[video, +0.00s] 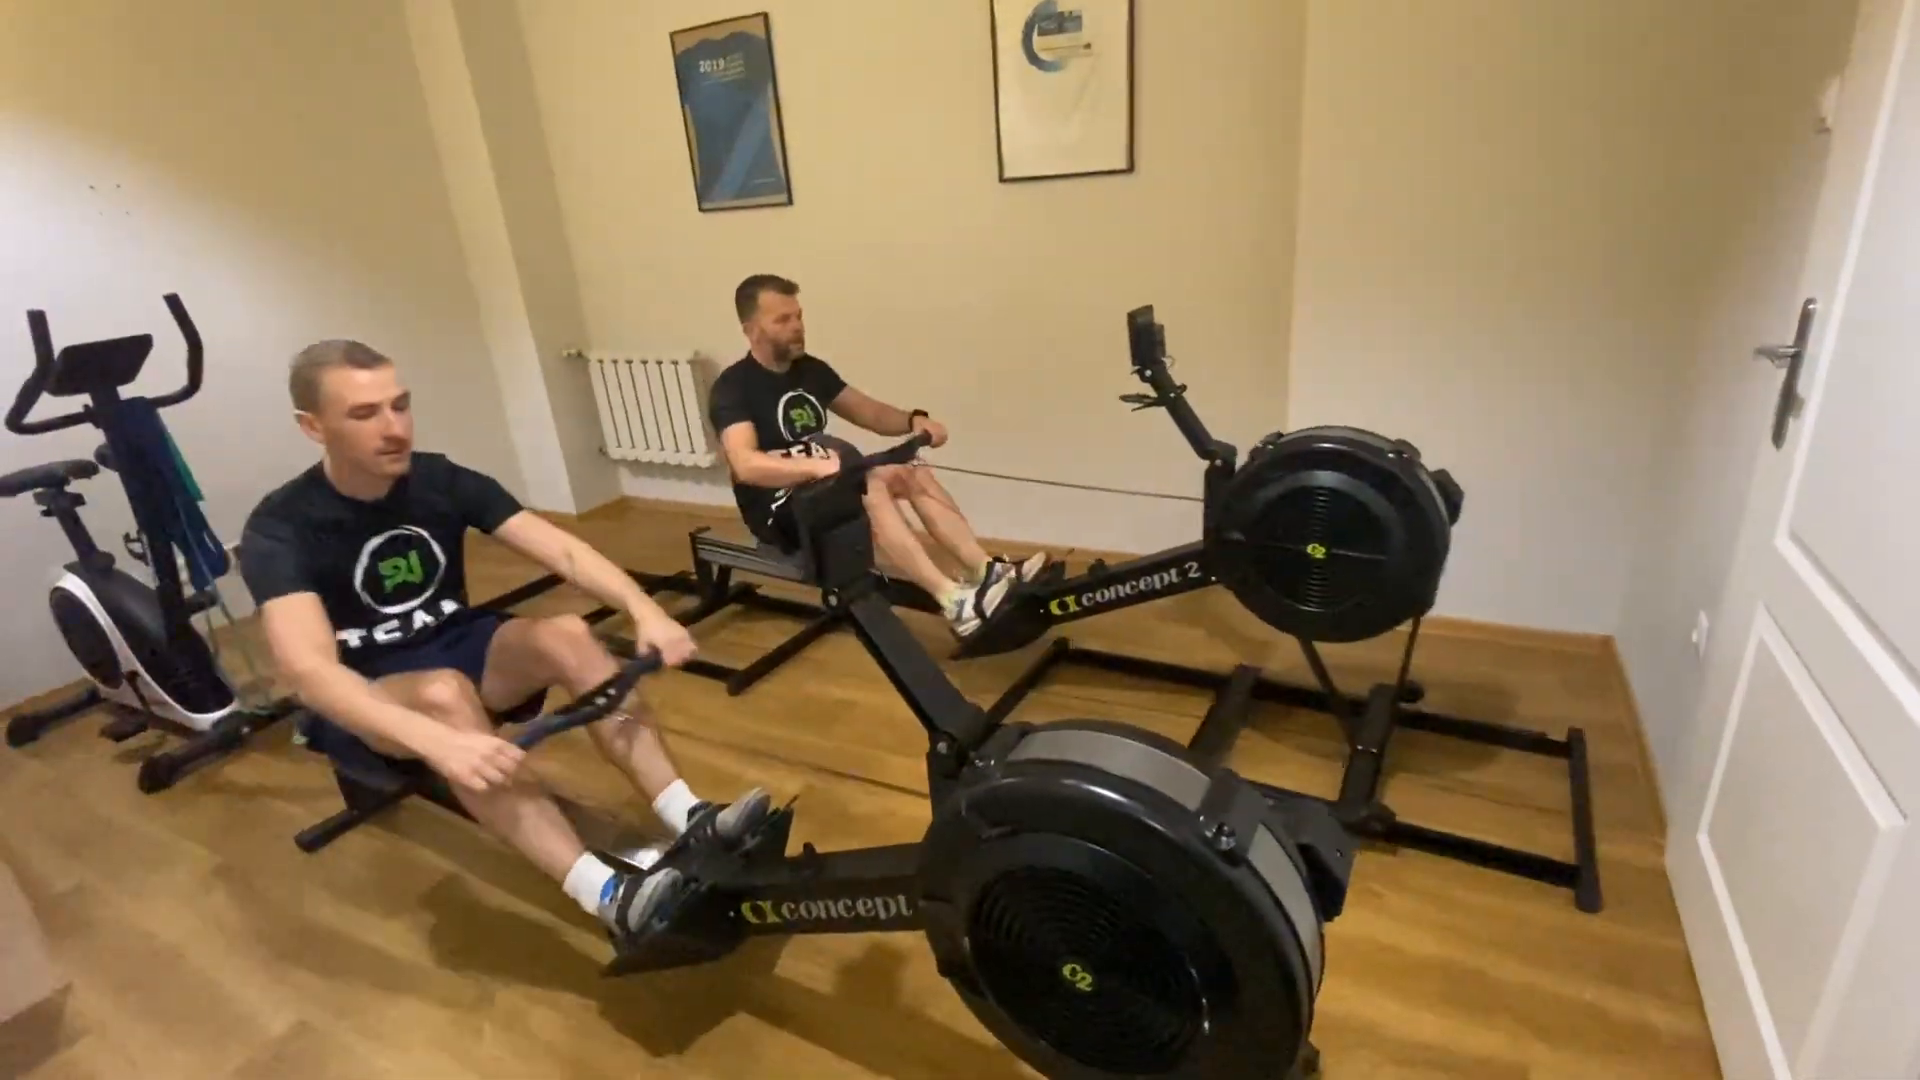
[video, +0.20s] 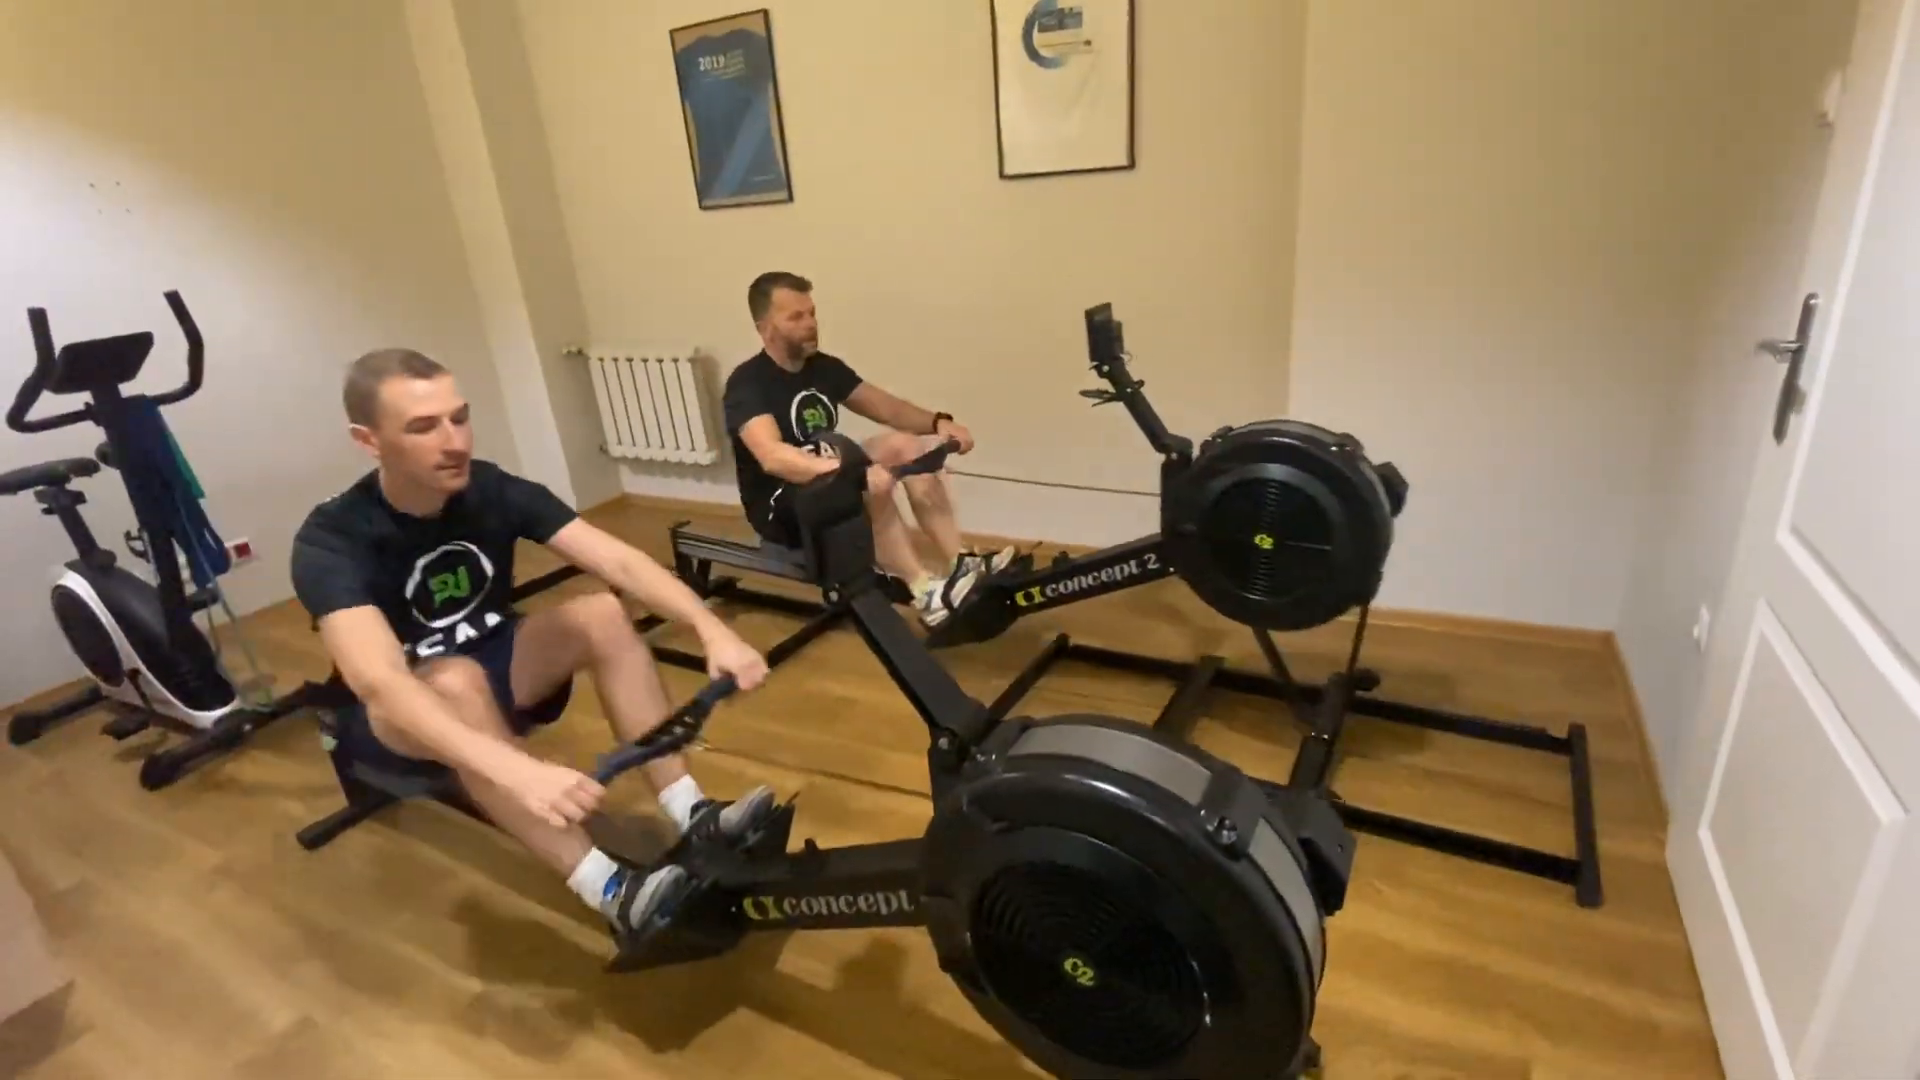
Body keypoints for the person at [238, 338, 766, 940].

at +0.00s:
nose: (394, 427)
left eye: (400, 406)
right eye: (366, 414)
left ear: (409, 402)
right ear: (314, 428)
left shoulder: (439, 481)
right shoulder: (282, 528)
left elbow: (563, 552)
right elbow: (307, 670)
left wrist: (644, 610)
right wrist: (436, 744)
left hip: (457, 649)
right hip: (363, 684)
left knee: (565, 636)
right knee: (445, 697)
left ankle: (691, 821)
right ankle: (610, 896)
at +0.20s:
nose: (454, 442)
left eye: (459, 418)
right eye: (425, 428)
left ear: (469, 412)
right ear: (369, 442)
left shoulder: (490, 490)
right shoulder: (333, 541)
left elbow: (616, 560)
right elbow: (382, 689)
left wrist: (712, 629)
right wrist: (517, 772)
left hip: (489, 666)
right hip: (391, 708)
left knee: (602, 613)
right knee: (456, 678)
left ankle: (693, 818)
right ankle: (612, 890)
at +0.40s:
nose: (518, 453)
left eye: (522, 428)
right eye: (489, 439)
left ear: (530, 422)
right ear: (430, 454)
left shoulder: (552, 501)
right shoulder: (392, 555)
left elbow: (683, 571)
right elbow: (456, 708)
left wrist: (790, 645)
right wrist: (606, 799)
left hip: (527, 689)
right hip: (428, 734)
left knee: (635, 602)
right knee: (478, 669)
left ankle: (689, 803)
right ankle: (617, 888)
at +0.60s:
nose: (564, 461)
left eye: (567, 436)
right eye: (533, 447)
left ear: (576, 433)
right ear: (473, 464)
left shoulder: (598, 513)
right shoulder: (435, 570)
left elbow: (731, 581)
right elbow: (514, 720)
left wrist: (845, 651)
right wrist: (676, 818)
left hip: (553, 715)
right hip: (460, 759)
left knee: (652, 593)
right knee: (494, 673)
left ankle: (693, 800)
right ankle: (616, 882)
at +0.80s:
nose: (583, 466)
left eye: (585, 441)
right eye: (551, 450)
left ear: (594, 437)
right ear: (486, 464)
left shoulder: (607, 517)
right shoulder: (448, 579)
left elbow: (745, 583)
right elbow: (556, 701)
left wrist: (868, 647)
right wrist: (710, 803)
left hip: (573, 740)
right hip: (473, 779)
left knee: (656, 593)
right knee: (513, 683)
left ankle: (692, 825)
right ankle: (616, 883)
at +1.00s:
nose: (490, 431)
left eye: (494, 408)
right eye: (461, 417)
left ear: (503, 404)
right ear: (401, 429)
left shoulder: (524, 488)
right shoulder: (368, 548)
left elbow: (650, 547)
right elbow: (466, 642)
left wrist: (769, 600)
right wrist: (592, 727)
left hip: (516, 691)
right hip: (417, 735)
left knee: (615, 592)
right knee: (476, 666)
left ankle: (693, 808)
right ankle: (612, 883)